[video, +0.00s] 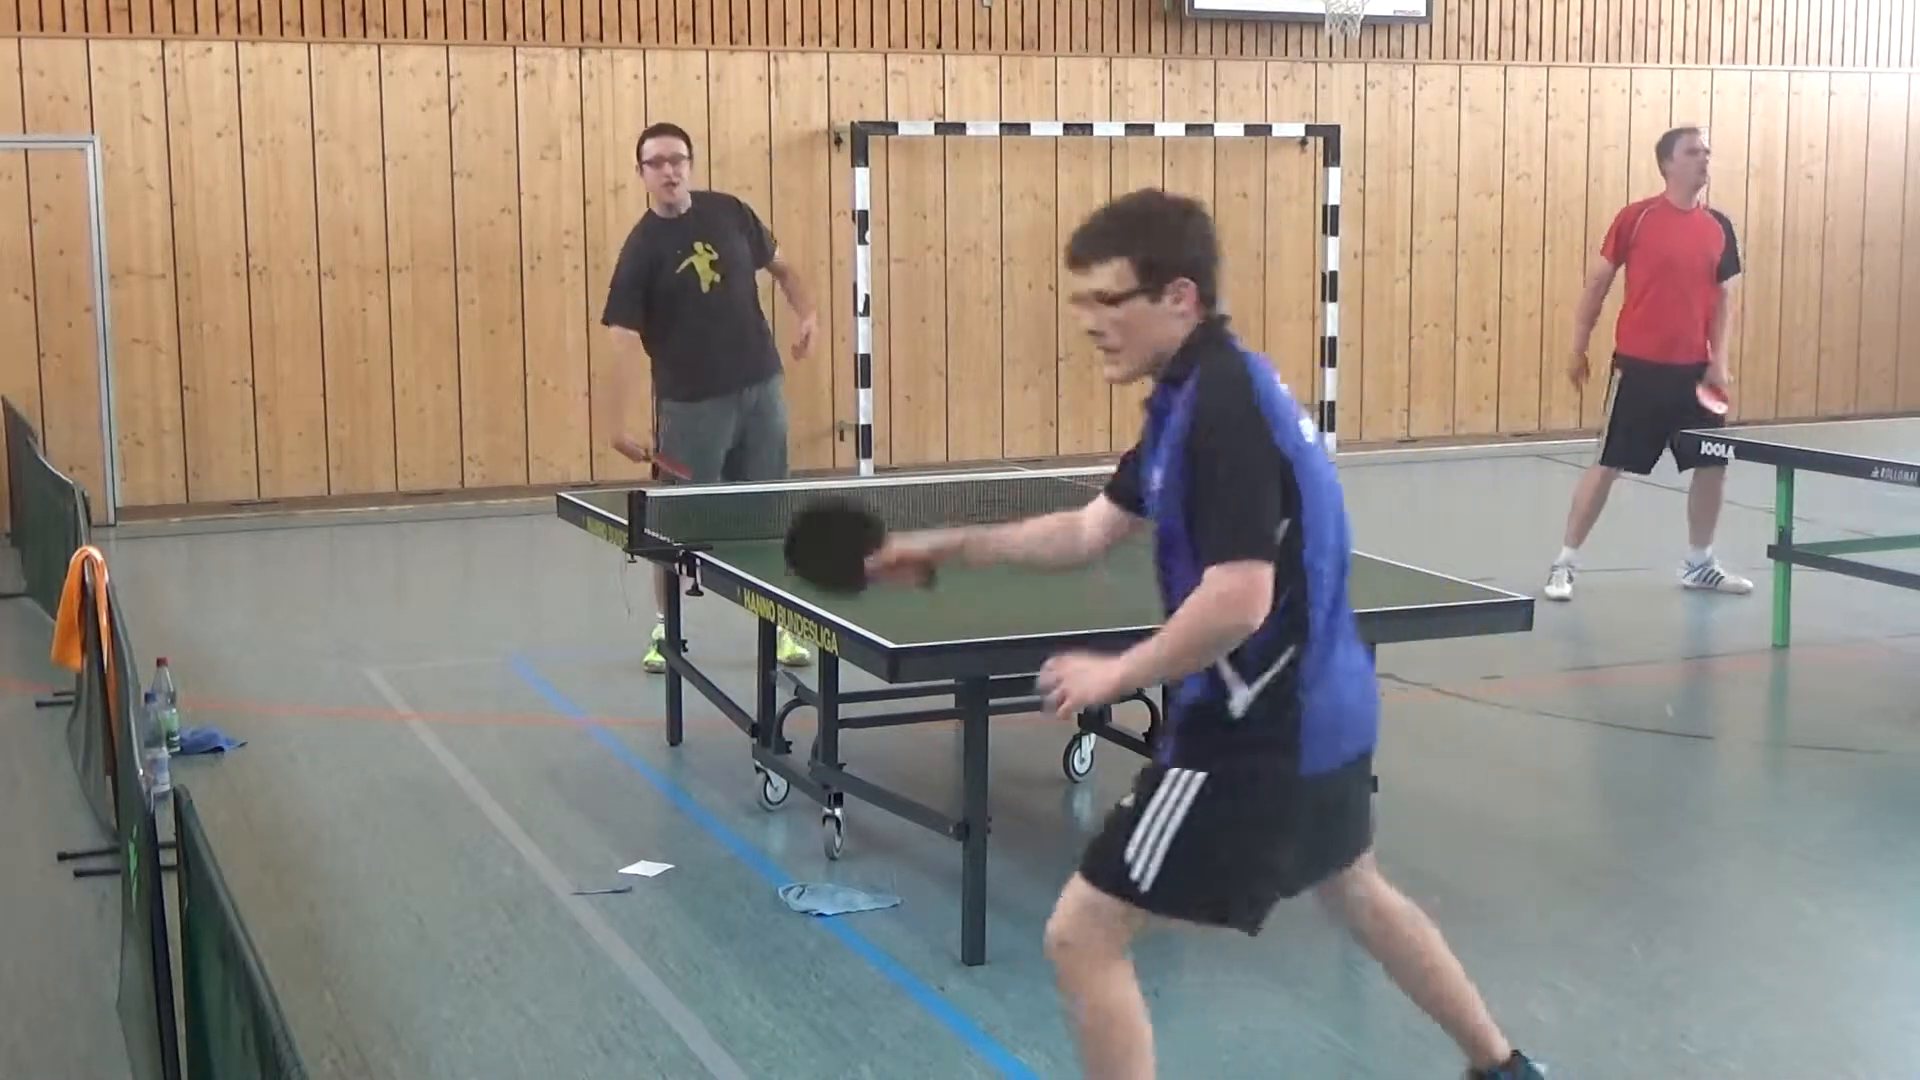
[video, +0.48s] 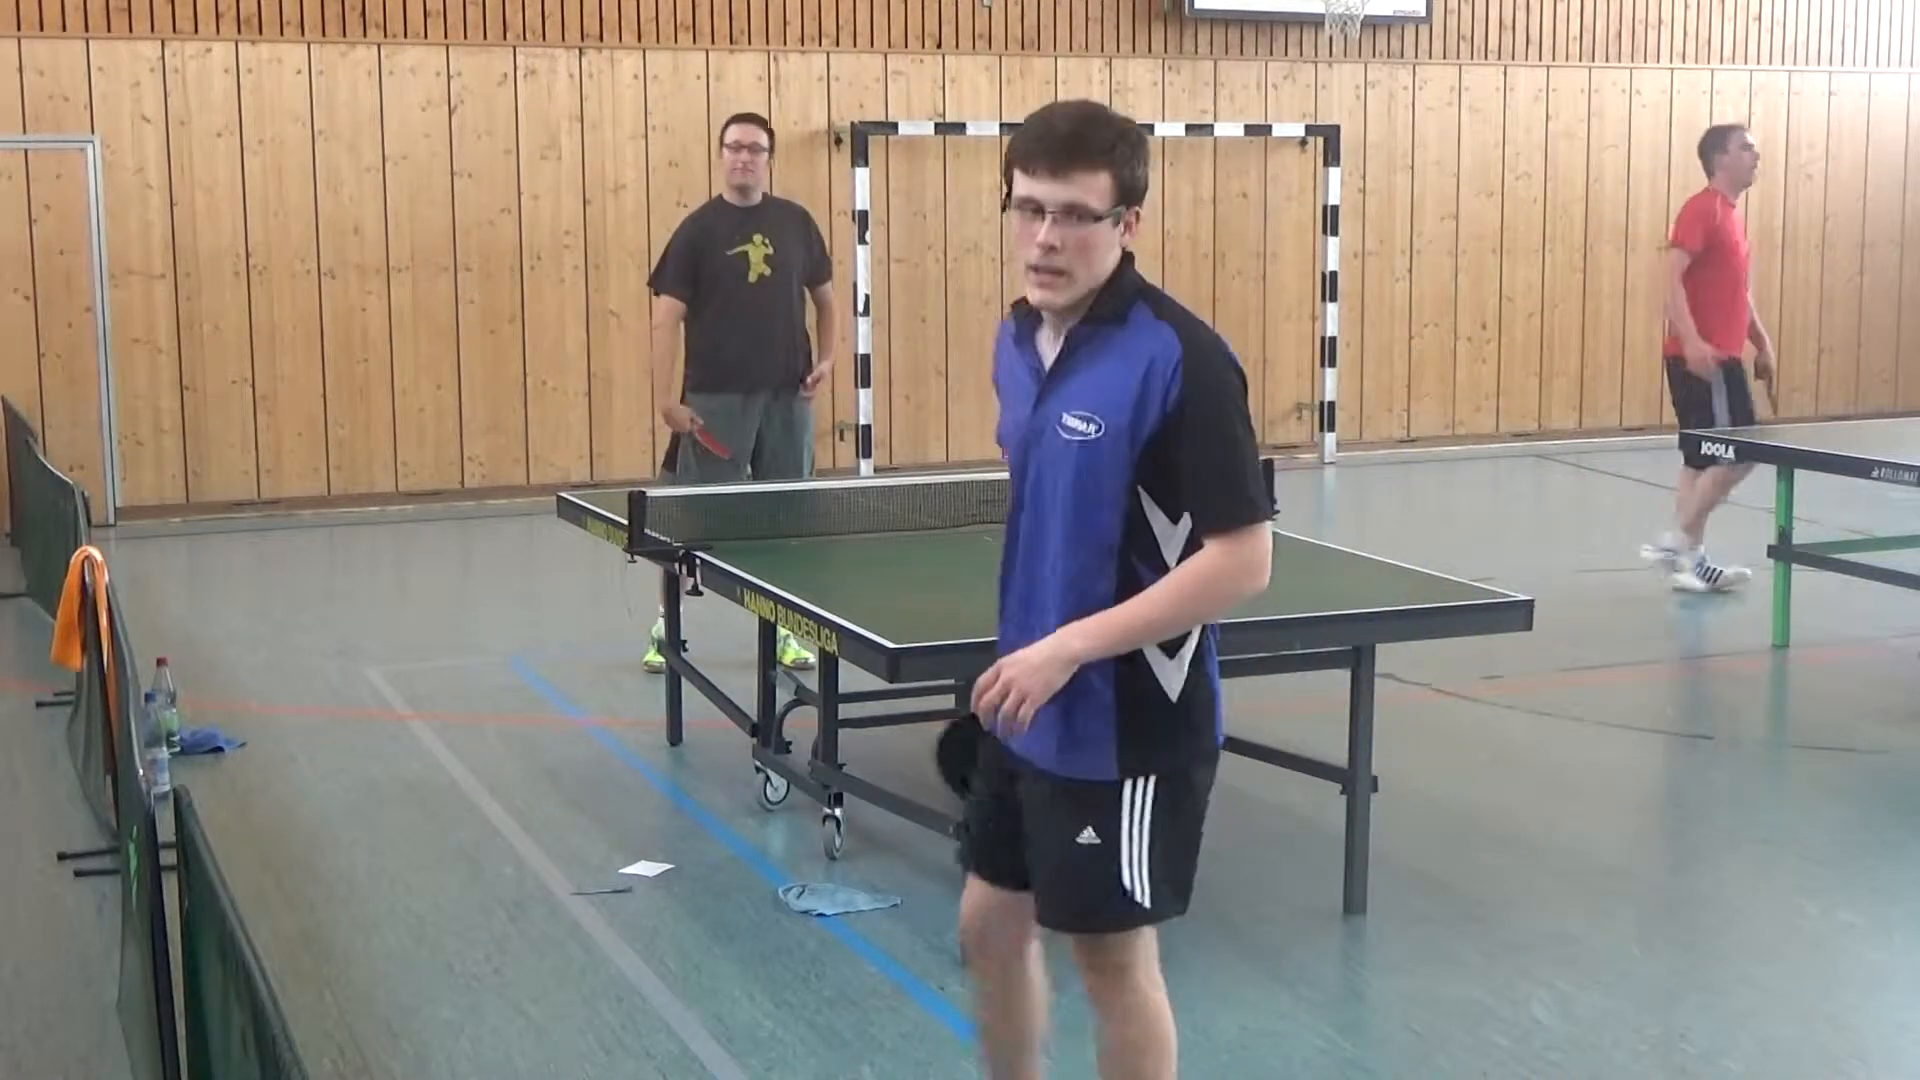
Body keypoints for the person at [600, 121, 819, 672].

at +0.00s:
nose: (668, 171)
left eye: (677, 161)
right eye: (656, 163)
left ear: (692, 165)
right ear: (641, 171)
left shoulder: (730, 212)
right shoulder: (642, 246)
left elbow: (782, 268)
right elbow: (625, 340)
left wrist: (807, 314)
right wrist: (624, 426)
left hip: (761, 386)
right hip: (691, 402)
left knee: (770, 514)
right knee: (676, 521)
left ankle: (779, 626)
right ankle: (666, 629)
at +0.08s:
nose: (678, 168)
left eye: (688, 158)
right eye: (668, 159)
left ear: (703, 163)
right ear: (652, 167)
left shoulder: (741, 214)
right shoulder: (647, 248)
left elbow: (789, 273)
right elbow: (630, 340)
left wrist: (811, 326)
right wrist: (626, 426)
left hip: (764, 389)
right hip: (694, 402)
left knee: (775, 516)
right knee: (674, 521)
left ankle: (784, 628)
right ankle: (666, 629)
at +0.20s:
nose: (700, 161)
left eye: (710, 152)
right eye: (691, 152)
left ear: (725, 160)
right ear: (674, 162)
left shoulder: (760, 215)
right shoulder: (663, 239)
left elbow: (803, 278)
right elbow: (637, 326)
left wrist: (818, 341)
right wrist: (632, 415)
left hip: (773, 391)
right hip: (700, 401)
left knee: (780, 520)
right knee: (678, 521)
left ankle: (785, 630)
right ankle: (667, 628)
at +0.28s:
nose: (715, 159)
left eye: (725, 150)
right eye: (705, 150)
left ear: (740, 159)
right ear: (688, 159)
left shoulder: (771, 217)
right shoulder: (673, 236)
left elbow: (811, 285)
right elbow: (642, 325)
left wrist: (822, 345)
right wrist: (638, 413)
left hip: (778, 392)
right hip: (705, 399)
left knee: (783, 521)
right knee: (683, 521)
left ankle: (785, 629)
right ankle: (667, 627)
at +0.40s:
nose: (735, 158)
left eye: (745, 149)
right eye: (725, 148)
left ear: (759, 158)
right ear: (709, 155)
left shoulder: (788, 220)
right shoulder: (688, 231)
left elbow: (822, 294)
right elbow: (659, 319)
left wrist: (827, 355)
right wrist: (655, 402)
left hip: (785, 396)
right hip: (712, 398)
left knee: (790, 521)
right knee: (689, 518)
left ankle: (788, 630)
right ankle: (668, 627)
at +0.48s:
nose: (744, 158)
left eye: (755, 149)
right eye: (734, 148)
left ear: (770, 158)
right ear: (719, 155)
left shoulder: (796, 221)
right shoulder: (697, 229)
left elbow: (826, 297)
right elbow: (666, 317)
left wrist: (828, 358)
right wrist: (666, 401)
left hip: (789, 397)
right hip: (716, 398)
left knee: (793, 521)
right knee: (692, 516)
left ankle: (790, 630)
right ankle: (669, 627)